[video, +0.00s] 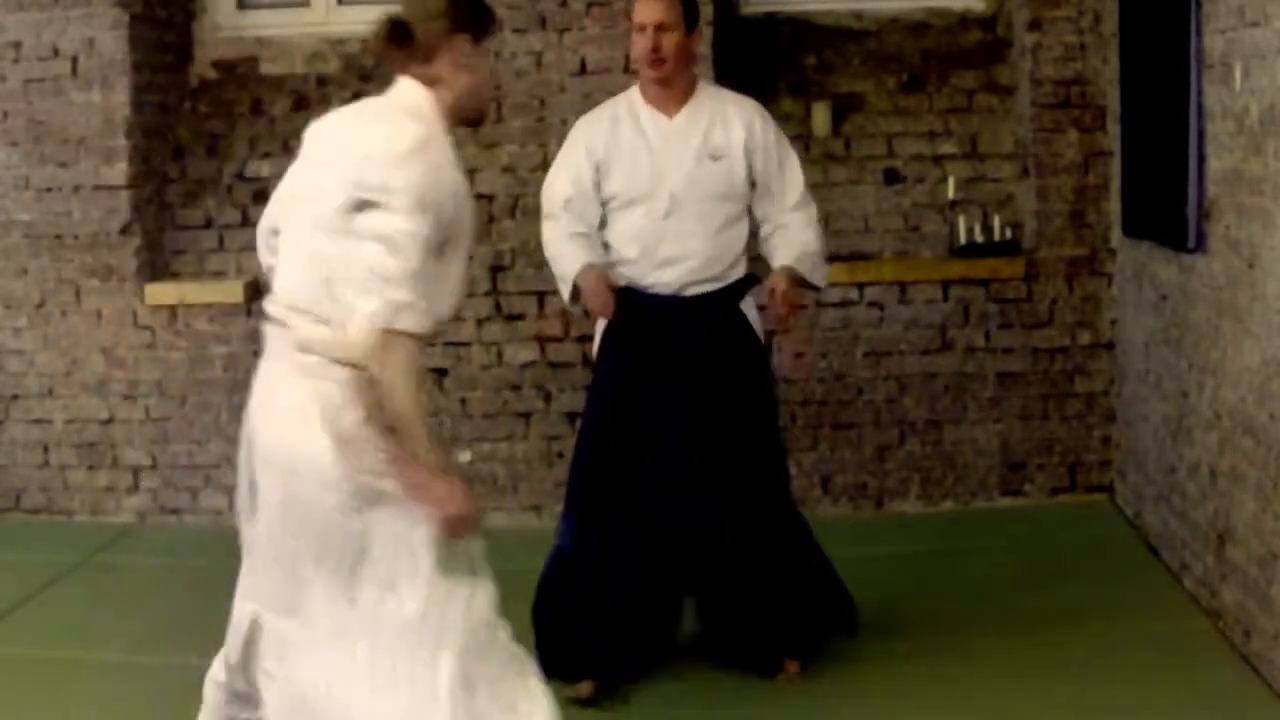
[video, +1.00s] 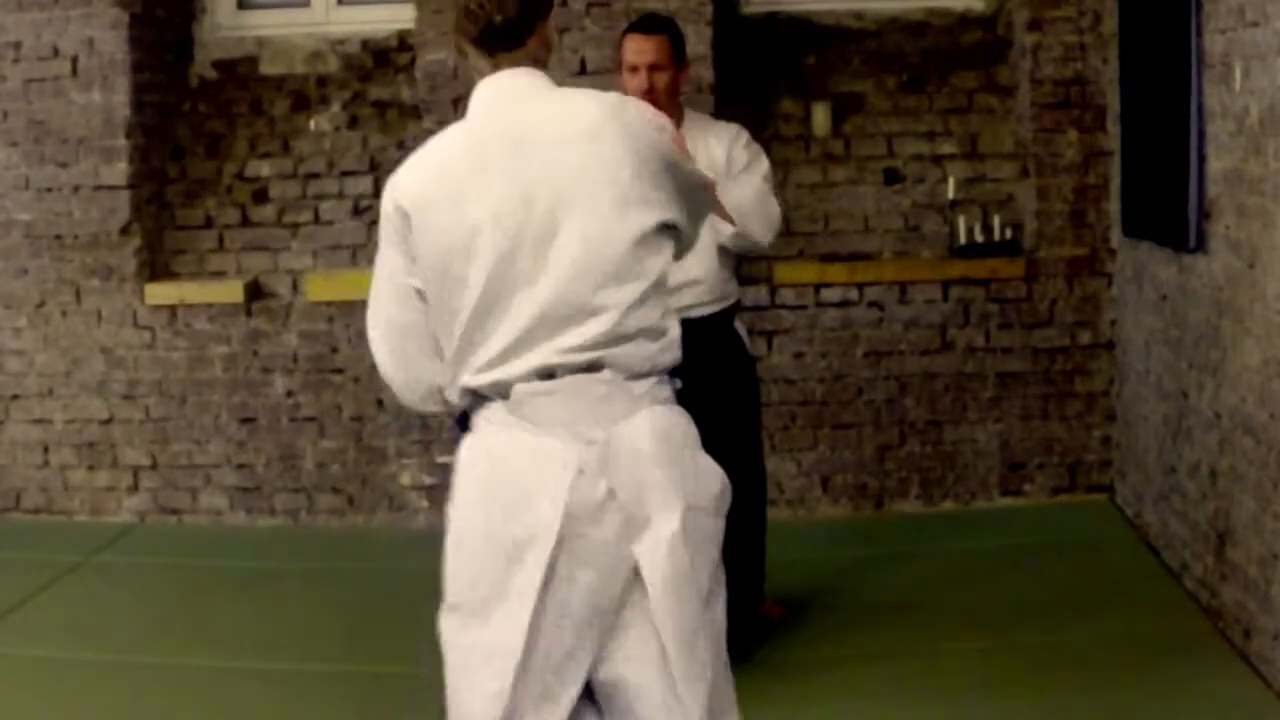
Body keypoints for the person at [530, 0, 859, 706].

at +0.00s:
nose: (652, 44)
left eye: (666, 29)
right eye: (641, 31)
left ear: (693, 37)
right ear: (627, 40)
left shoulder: (744, 120)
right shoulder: (597, 131)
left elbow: (790, 208)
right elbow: (561, 214)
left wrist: (786, 271)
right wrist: (585, 274)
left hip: (725, 324)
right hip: (634, 326)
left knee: (745, 484)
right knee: (614, 488)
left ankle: (773, 637)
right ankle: (593, 654)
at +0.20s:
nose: (632, 52)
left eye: (645, 39)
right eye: (621, 40)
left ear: (670, 49)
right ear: (606, 49)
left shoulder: (710, 132)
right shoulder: (576, 136)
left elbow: (753, 216)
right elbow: (549, 228)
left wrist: (734, 254)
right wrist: (571, 291)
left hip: (694, 328)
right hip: (606, 330)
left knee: (734, 485)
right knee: (618, 495)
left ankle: (775, 638)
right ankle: (627, 652)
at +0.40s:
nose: (622, 49)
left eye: (634, 36)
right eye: (611, 37)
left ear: (657, 46)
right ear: (592, 46)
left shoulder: (694, 128)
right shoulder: (568, 128)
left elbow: (742, 211)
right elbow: (543, 209)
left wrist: (679, 231)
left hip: (680, 316)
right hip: (595, 321)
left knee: (711, 477)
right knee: (614, 485)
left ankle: (739, 637)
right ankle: (626, 641)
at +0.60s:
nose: (628, 67)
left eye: (641, 54)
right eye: (617, 55)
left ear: (665, 61)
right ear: (604, 62)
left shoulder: (709, 138)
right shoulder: (585, 144)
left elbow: (752, 226)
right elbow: (570, 239)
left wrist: (681, 173)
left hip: (695, 340)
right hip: (615, 343)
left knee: (714, 496)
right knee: (633, 497)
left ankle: (721, 641)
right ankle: (643, 644)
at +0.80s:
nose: (641, 81)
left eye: (654, 68)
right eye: (630, 69)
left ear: (678, 74)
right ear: (616, 76)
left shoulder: (720, 145)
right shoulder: (599, 149)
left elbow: (760, 233)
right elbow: (586, 241)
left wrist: (695, 184)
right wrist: (637, 177)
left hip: (707, 345)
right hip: (627, 348)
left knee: (722, 504)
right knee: (639, 501)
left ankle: (723, 644)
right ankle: (645, 645)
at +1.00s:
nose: (642, 81)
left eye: (655, 69)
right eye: (632, 70)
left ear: (682, 73)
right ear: (619, 75)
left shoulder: (726, 143)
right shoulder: (604, 147)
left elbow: (762, 232)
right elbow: (584, 234)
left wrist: (686, 171)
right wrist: (630, 173)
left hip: (708, 337)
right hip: (626, 340)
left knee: (734, 489)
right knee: (642, 488)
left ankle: (737, 628)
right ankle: (645, 629)